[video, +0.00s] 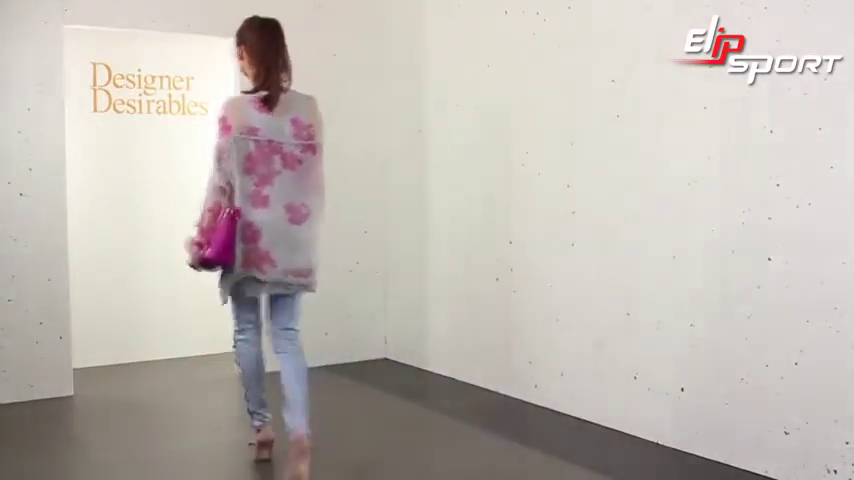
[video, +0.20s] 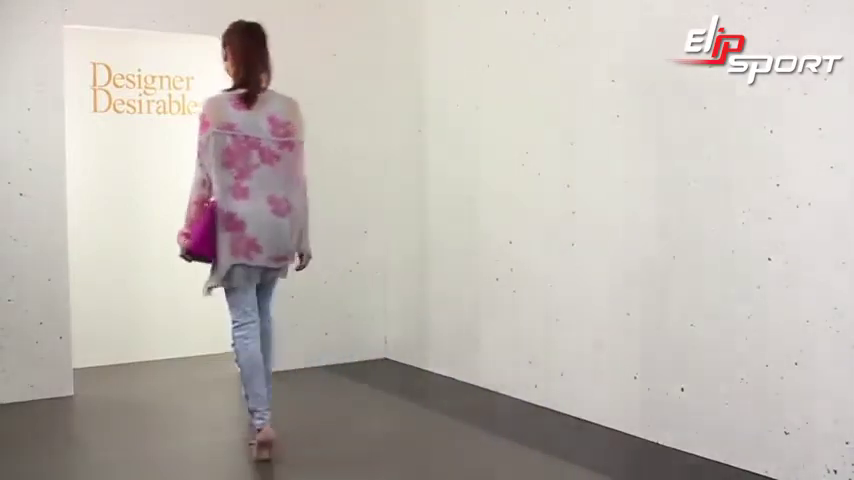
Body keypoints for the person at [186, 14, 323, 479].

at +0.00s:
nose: (238, 59)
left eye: (238, 52)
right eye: (240, 51)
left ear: (246, 55)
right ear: (281, 52)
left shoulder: (235, 111)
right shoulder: (307, 108)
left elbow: (222, 183)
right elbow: (315, 180)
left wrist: (201, 241)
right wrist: (304, 223)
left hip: (247, 237)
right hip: (297, 238)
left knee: (246, 331)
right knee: (288, 332)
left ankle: (262, 425)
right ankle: (300, 429)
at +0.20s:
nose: (223, 58)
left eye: (225, 52)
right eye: (225, 51)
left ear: (231, 55)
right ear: (263, 53)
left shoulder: (216, 106)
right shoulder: (288, 108)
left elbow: (204, 175)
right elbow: (297, 180)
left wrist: (190, 230)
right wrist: (303, 238)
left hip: (233, 228)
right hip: (280, 228)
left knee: (244, 323)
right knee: (263, 313)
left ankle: (263, 422)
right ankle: (260, 406)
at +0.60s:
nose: (192, 75)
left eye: (193, 69)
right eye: (194, 69)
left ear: (197, 73)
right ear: (227, 73)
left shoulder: (182, 121)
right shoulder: (247, 123)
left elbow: (171, 182)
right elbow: (256, 188)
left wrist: (157, 229)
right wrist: (260, 240)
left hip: (199, 232)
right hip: (241, 233)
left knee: (204, 309)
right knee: (232, 311)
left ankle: (216, 388)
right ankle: (222, 400)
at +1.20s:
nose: (157, 88)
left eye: (158, 82)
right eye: (159, 81)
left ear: (161, 85)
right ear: (188, 84)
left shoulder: (149, 128)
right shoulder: (207, 129)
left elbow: (138, 181)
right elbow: (214, 184)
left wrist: (128, 224)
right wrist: (218, 229)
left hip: (162, 225)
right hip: (199, 225)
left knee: (169, 298)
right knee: (189, 293)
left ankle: (179, 376)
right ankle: (186, 367)